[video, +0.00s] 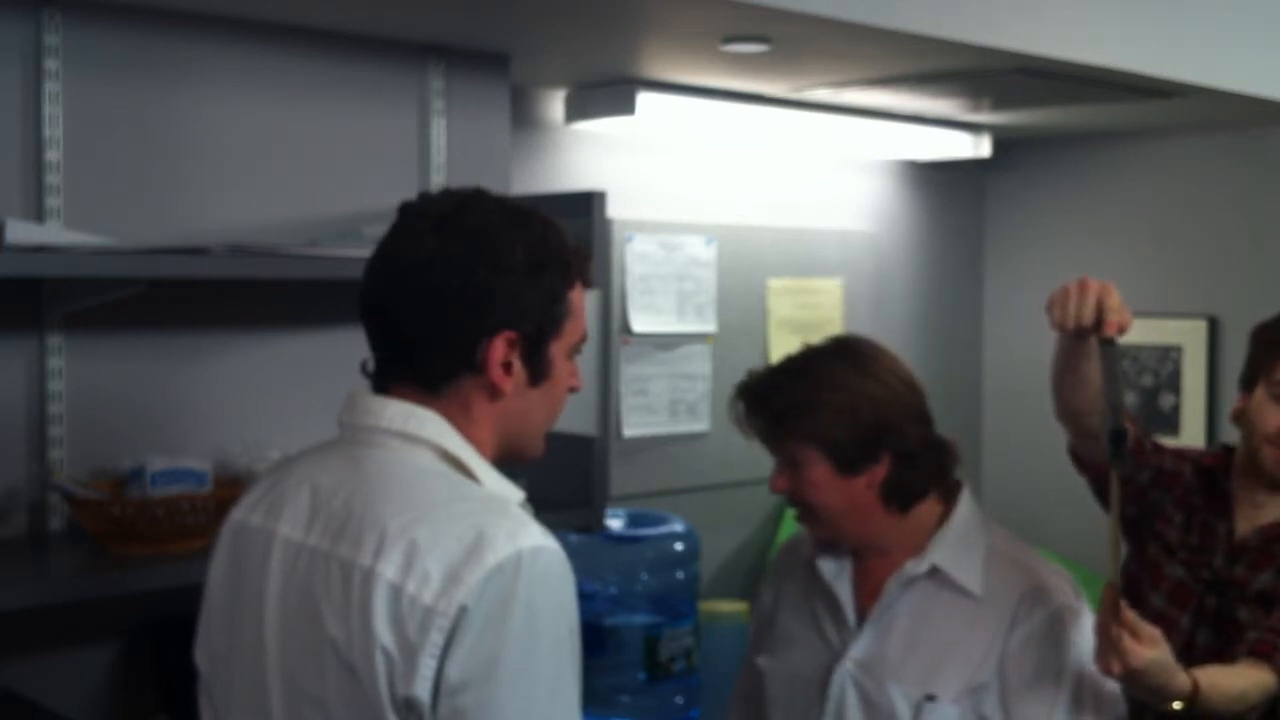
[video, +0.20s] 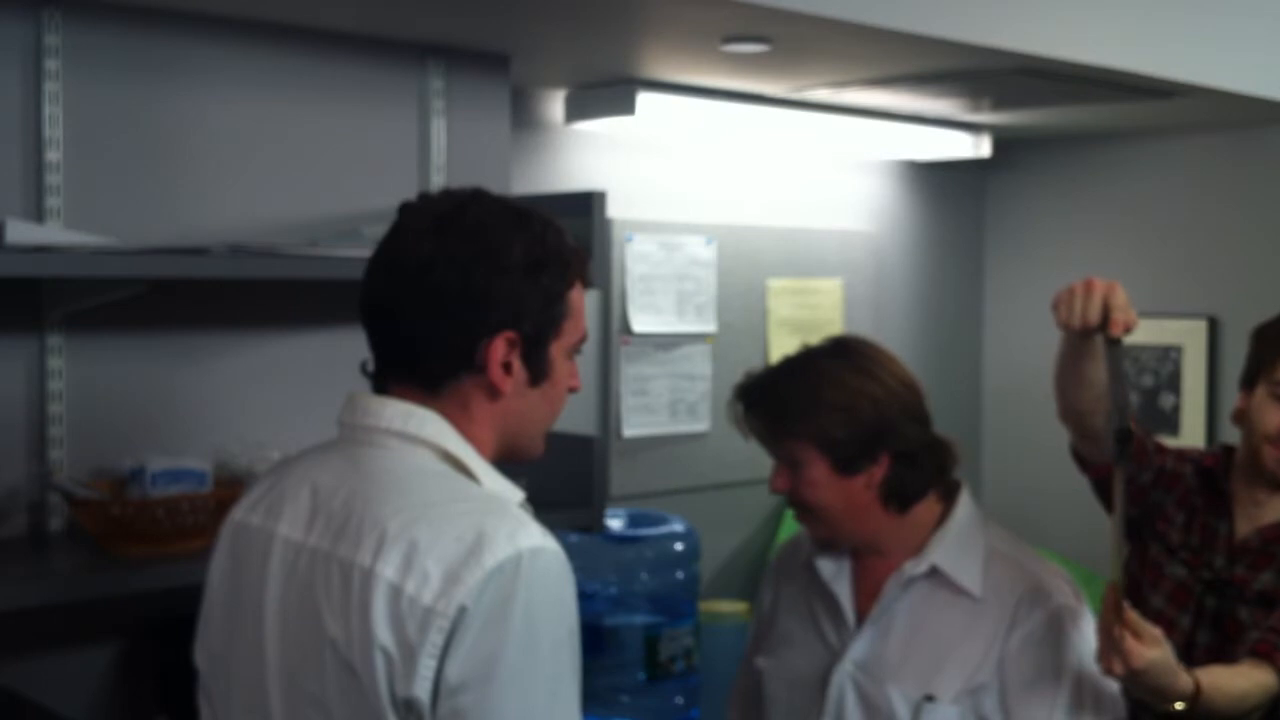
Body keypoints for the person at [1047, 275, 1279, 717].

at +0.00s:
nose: (1279, 421)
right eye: (1275, 397)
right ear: (1241, 404)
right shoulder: (1172, 484)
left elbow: (1265, 675)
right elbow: (1089, 426)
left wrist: (1181, 687)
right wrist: (1080, 332)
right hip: (1131, 705)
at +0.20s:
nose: (1279, 420)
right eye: (1276, 395)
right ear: (1243, 402)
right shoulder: (1169, 484)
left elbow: (1267, 674)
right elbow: (1091, 426)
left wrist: (1184, 688)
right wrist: (1085, 333)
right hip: (1131, 703)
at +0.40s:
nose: (1279, 419)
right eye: (1277, 395)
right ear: (1243, 401)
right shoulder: (1170, 484)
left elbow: (1268, 673)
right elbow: (1092, 425)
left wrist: (1186, 688)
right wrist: (1087, 333)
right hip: (1133, 703)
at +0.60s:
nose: (1278, 418)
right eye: (1276, 394)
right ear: (1243, 401)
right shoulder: (1171, 484)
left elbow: (1267, 676)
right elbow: (1092, 425)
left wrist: (1186, 687)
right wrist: (1086, 331)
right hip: (1134, 703)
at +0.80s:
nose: (1278, 418)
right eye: (1276, 394)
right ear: (1244, 401)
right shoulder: (1174, 484)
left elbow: (1267, 676)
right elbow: (1093, 427)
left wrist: (1186, 687)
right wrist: (1087, 330)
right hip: (1129, 702)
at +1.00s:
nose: (1278, 418)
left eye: (1279, 397)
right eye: (1275, 394)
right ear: (1243, 401)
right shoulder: (1174, 485)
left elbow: (1267, 674)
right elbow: (1092, 426)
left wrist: (1186, 686)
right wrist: (1086, 330)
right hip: (1128, 704)